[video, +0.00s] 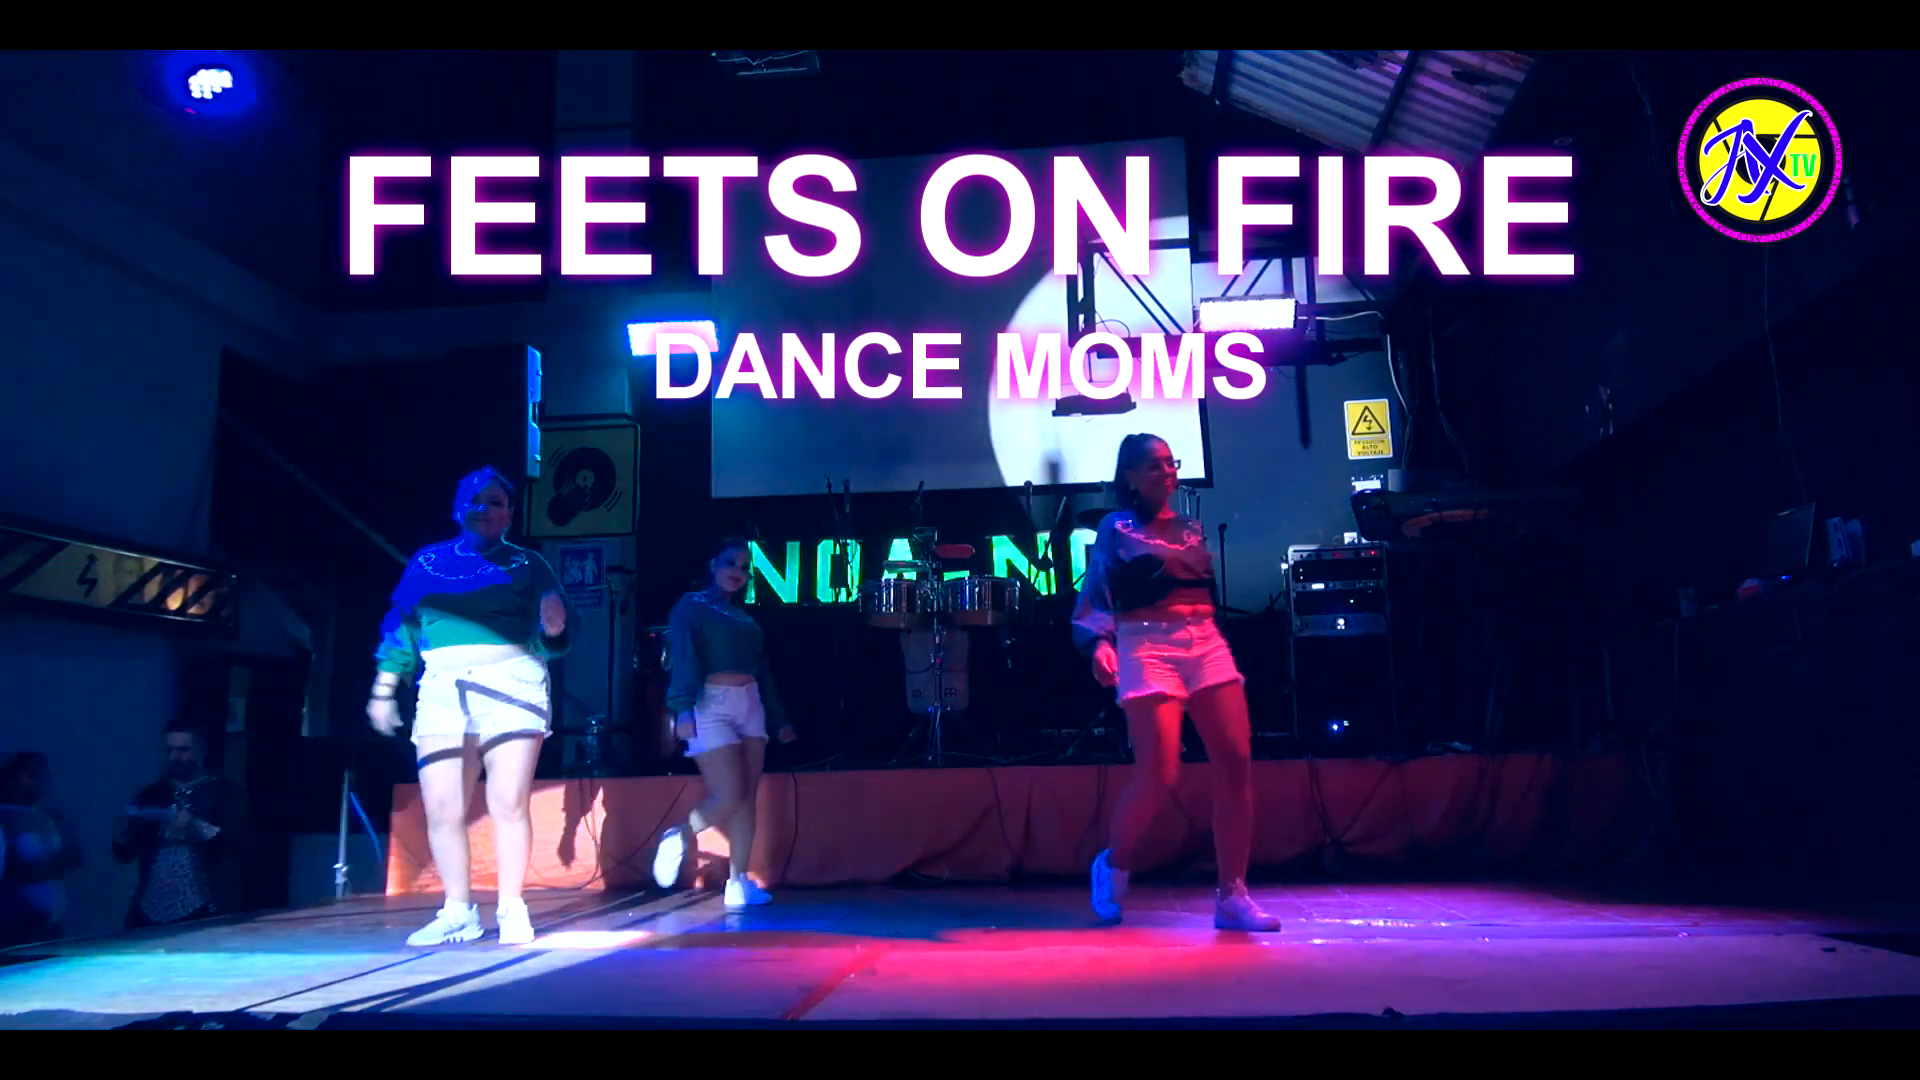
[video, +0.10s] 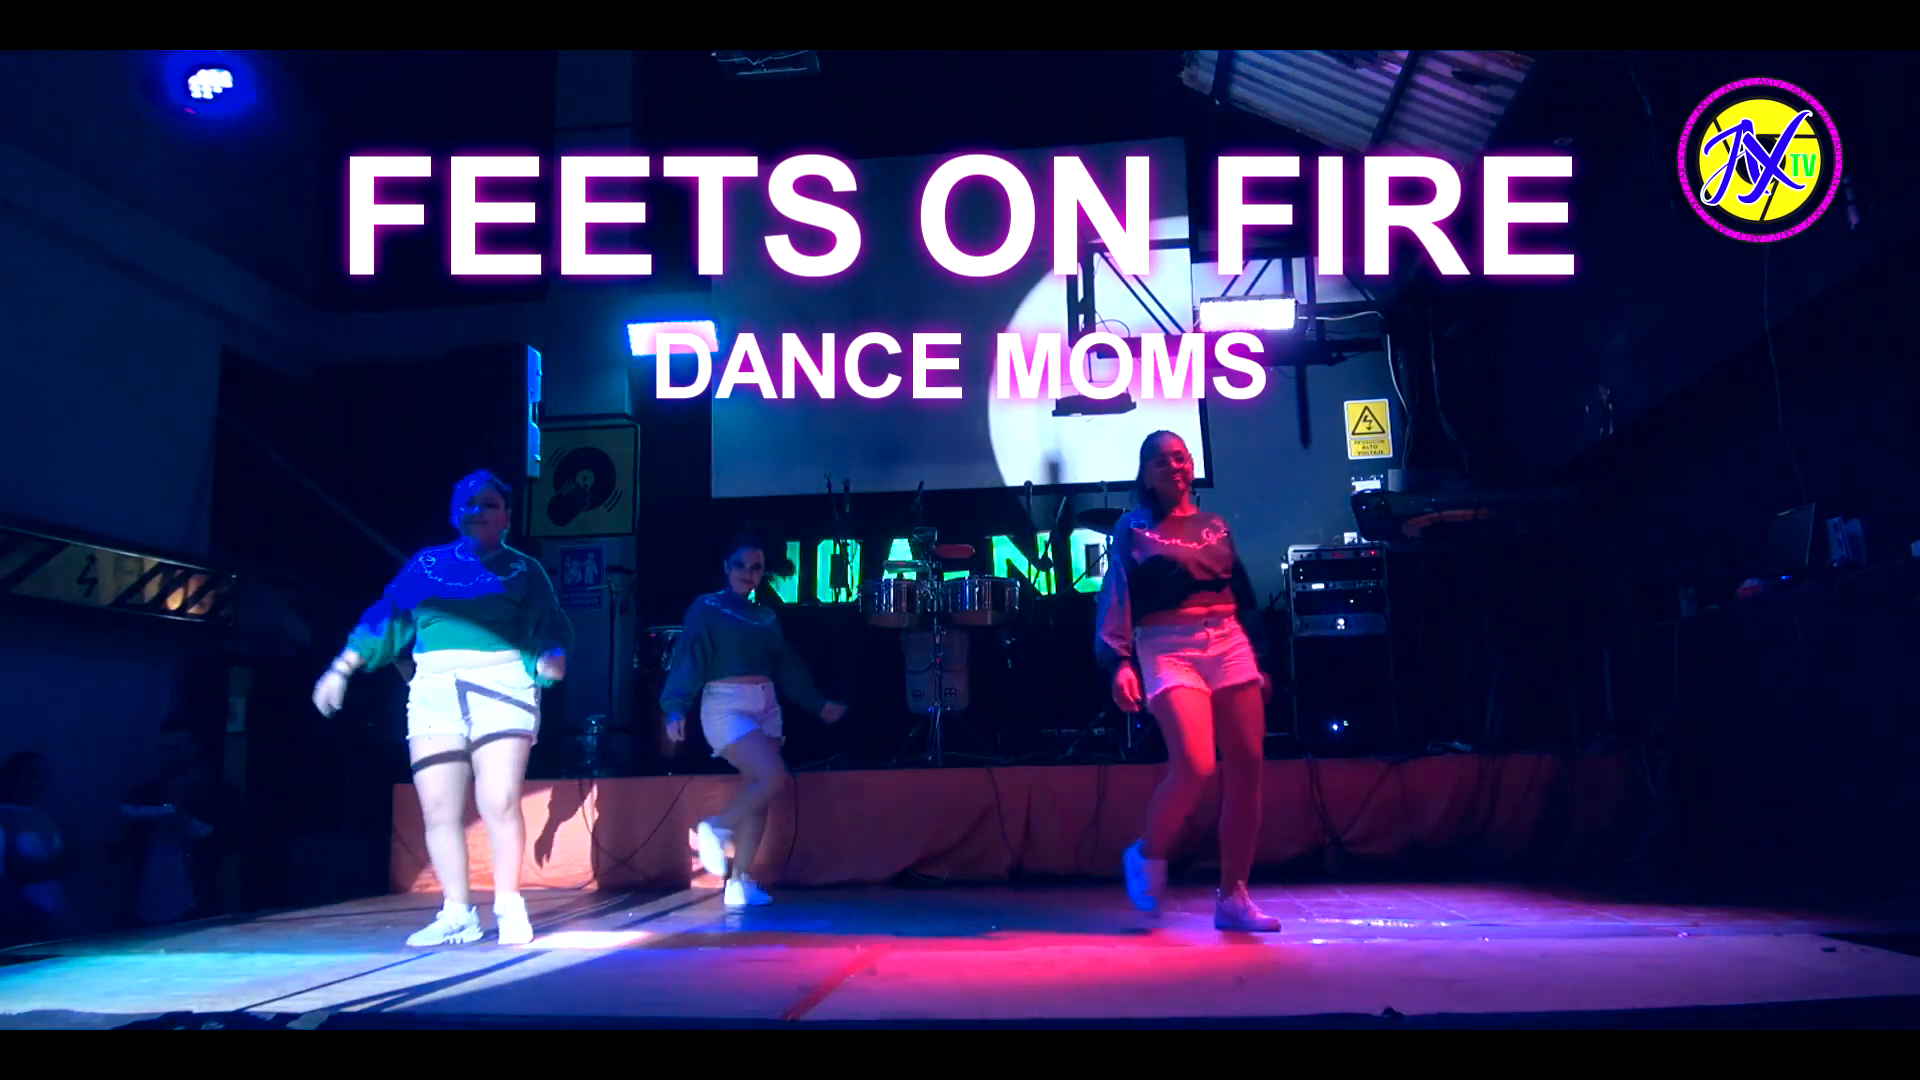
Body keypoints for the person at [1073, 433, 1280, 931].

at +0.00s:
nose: (1169, 471)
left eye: (1171, 463)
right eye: (1156, 465)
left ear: (1177, 471)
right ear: (1129, 476)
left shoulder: (1191, 529)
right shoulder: (1115, 529)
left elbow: (1202, 590)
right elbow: (1094, 601)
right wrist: (1098, 641)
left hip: (1204, 639)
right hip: (1145, 645)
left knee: (1236, 759)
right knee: (1160, 773)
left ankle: (1233, 894)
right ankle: (1111, 868)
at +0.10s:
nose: (1177, 465)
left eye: (1183, 457)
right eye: (1165, 460)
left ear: (1194, 468)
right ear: (1144, 473)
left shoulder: (1215, 525)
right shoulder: (1132, 529)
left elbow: (1238, 600)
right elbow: (1116, 601)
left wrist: (1254, 665)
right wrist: (1121, 662)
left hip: (1228, 639)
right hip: (1165, 646)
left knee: (1247, 761)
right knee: (1196, 766)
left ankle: (1234, 895)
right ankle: (1147, 859)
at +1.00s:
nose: (1272, 424)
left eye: (1281, 415)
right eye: (1262, 418)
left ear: (1301, 423)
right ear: (1248, 430)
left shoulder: (1336, 477)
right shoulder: (1232, 490)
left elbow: (1372, 555)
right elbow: (1205, 570)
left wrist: (1384, 623)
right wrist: (1196, 620)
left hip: (1338, 617)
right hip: (1262, 623)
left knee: (1353, 760)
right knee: (1268, 765)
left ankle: (1356, 899)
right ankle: (1280, 900)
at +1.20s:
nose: (1269, 420)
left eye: (1280, 411)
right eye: (1262, 414)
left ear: (1309, 420)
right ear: (1255, 428)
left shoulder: (1351, 482)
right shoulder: (1242, 496)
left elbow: (1394, 562)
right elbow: (1224, 582)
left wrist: (1412, 627)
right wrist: (1221, 652)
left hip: (1351, 615)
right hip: (1273, 624)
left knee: (1368, 757)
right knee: (1264, 762)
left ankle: (1359, 900)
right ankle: (1278, 896)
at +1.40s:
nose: (1261, 407)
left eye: (1274, 399)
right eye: (1258, 400)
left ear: (1305, 409)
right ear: (1256, 414)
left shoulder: (1344, 465)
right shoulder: (1241, 481)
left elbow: (1402, 542)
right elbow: (1223, 569)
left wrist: (1398, 599)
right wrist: (1226, 643)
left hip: (1336, 607)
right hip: (1260, 612)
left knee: (1350, 758)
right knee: (1264, 763)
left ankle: (1358, 901)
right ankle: (1286, 905)